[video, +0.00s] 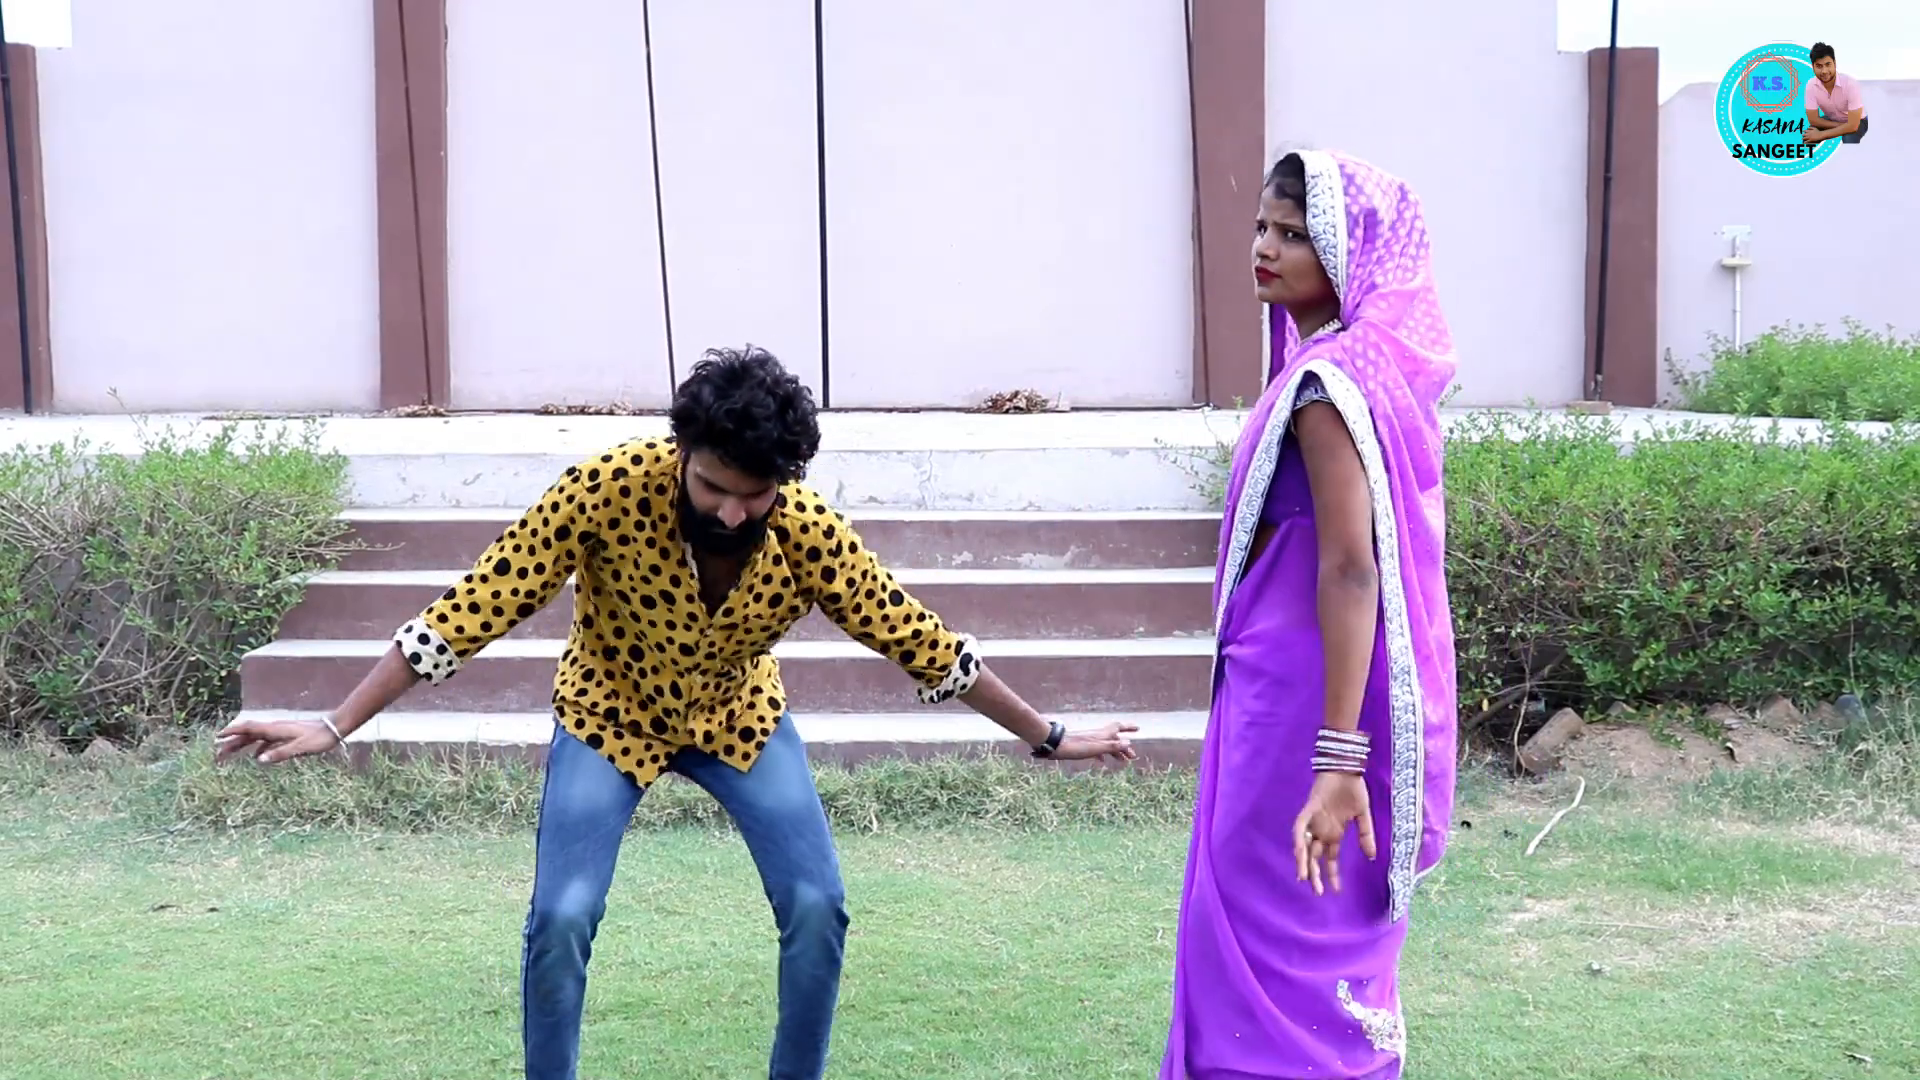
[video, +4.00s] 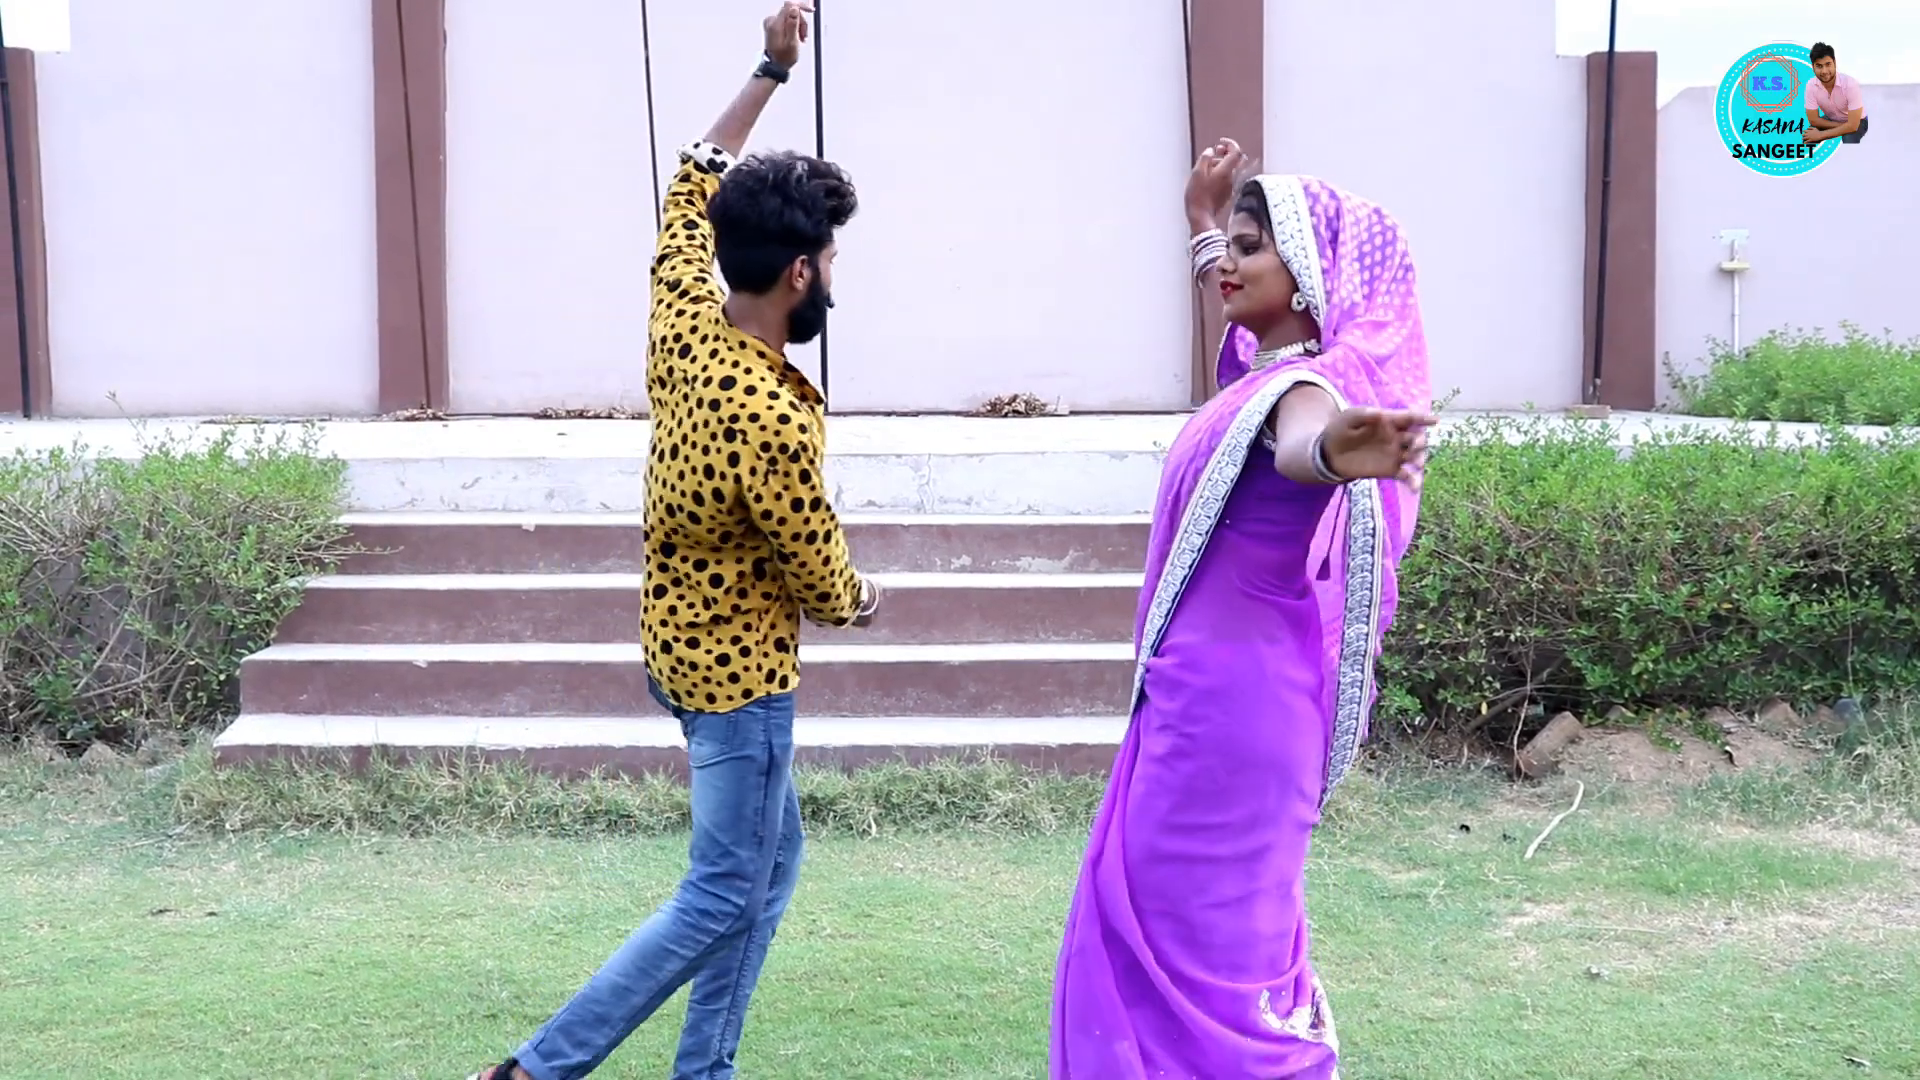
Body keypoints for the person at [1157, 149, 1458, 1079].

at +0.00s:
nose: (1262, 249)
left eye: (1287, 235)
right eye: (1262, 230)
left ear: (1350, 255)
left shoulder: (1326, 382)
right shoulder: (1382, 366)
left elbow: (1353, 573)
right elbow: (1374, 571)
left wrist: (1341, 755)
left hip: (1299, 728)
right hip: (1348, 718)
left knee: (1263, 973)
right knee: (1333, 970)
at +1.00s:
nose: (1182, 311)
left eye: (1206, 292)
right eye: (1171, 291)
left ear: (1263, 296)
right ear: (1162, 290)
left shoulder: (1258, 403)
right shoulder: (1219, 384)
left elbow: (1262, 523)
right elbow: (1183, 273)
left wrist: (1272, 624)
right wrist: (1165, 141)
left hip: (1170, 691)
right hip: (1162, 687)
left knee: (1077, 909)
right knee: (1167, 925)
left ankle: (1121, 1063)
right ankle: (1187, 1056)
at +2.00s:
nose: (1107, 303)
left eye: (1131, 287)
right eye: (1101, 279)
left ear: (1187, 298)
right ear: (1093, 272)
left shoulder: (1168, 411)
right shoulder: (1199, 387)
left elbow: (1164, 548)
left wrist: (1123, 663)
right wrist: (1151, 187)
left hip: (1091, 721)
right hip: (1128, 715)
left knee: (990, 906)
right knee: (1126, 934)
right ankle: (1149, 1051)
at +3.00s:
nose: (1123, 281)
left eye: (1144, 262)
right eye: (1121, 260)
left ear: (1208, 275)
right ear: (1226, 278)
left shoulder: (1189, 405)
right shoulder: (1266, 384)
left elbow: (1149, 561)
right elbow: (1256, 265)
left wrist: (1069, 686)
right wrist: (1205, 181)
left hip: (1148, 714)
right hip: (1213, 712)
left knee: (1078, 963)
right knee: (1189, 959)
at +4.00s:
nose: (1227, 266)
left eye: (1250, 246)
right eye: (1225, 249)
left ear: (1314, 267)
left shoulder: (1306, 384)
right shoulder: (1270, 370)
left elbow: (1302, 437)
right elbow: (1235, 325)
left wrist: (1335, 449)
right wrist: (1211, 229)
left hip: (1236, 722)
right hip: (1191, 710)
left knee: (1194, 954)